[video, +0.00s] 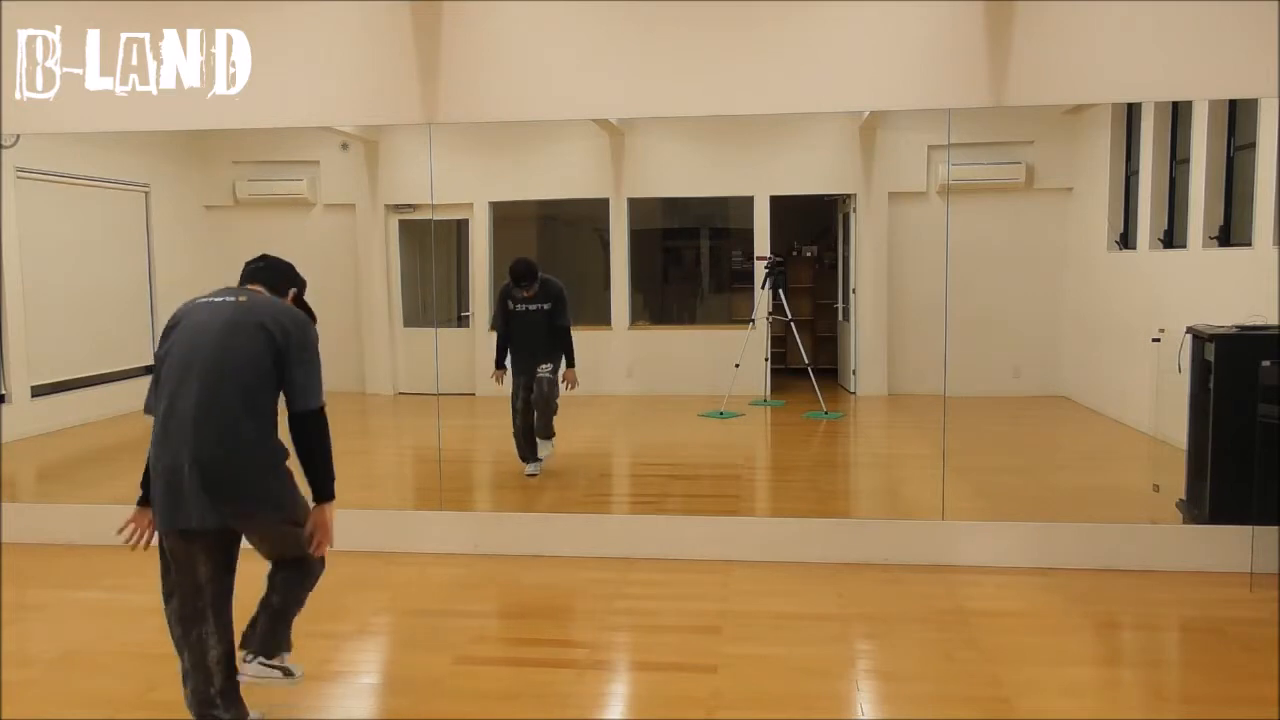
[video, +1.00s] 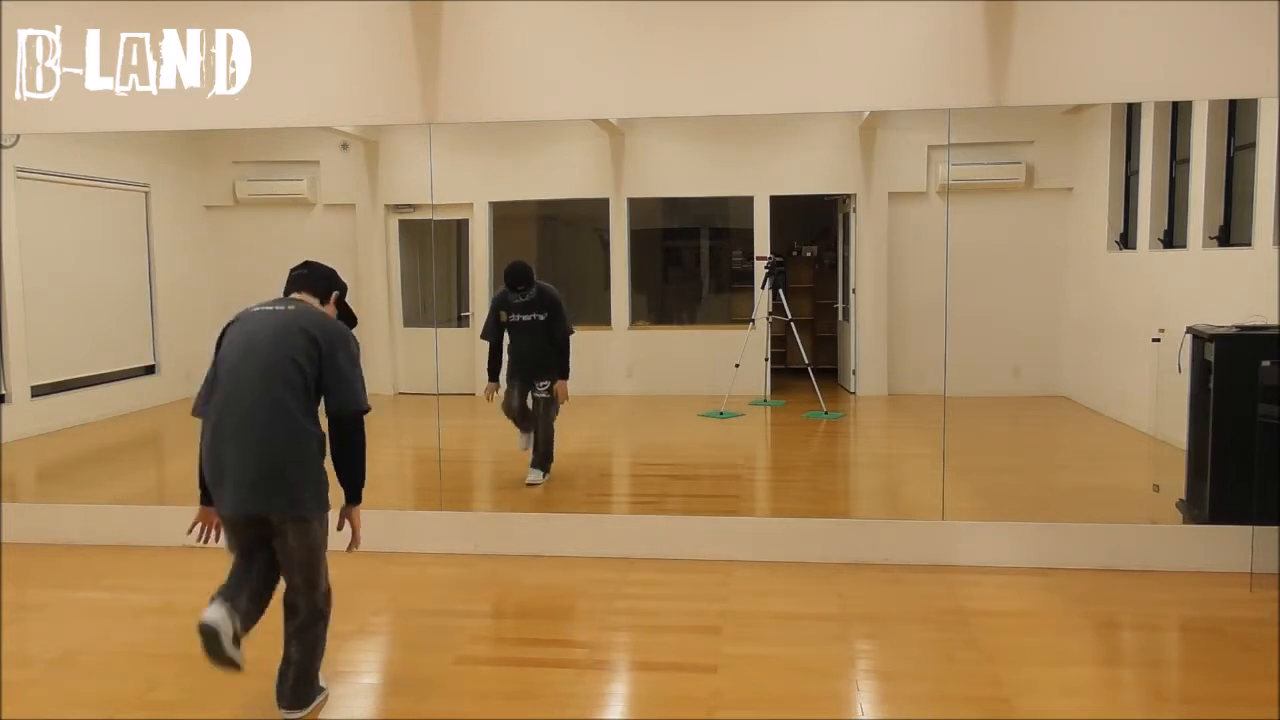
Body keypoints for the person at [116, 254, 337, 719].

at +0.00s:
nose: (295, 311)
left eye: (297, 308)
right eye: (298, 306)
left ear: (243, 285)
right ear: (290, 297)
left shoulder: (185, 314)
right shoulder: (290, 321)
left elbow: (165, 416)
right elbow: (306, 416)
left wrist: (148, 498)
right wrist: (323, 500)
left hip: (178, 479)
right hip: (248, 471)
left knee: (199, 614)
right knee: (299, 554)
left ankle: (217, 711)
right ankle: (264, 649)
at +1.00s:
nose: (335, 318)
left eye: (337, 312)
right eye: (338, 311)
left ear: (289, 293)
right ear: (330, 300)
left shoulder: (239, 323)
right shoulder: (329, 331)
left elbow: (210, 414)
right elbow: (347, 416)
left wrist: (208, 495)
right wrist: (352, 497)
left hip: (228, 466)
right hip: (291, 468)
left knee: (256, 552)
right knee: (307, 587)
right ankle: (297, 692)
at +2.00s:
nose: (340, 294)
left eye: (340, 289)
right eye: (340, 287)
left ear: (288, 269)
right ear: (329, 279)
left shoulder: (237, 292)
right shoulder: (336, 305)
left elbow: (220, 372)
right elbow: (357, 385)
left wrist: (243, 423)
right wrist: (377, 444)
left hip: (225, 452)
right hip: (289, 456)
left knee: (233, 570)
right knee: (298, 573)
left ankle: (242, 677)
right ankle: (283, 688)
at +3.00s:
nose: (375, 266)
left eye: (374, 260)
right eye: (375, 259)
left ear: (321, 252)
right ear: (366, 255)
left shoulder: (278, 290)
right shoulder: (372, 289)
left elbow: (274, 355)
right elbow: (387, 366)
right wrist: (329, 367)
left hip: (275, 472)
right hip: (341, 468)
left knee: (298, 594)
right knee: (368, 564)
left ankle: (319, 710)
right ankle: (340, 665)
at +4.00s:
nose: (231, 272)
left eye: (232, 264)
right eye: (231, 263)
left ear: (174, 258)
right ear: (219, 262)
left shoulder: (123, 311)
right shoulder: (223, 314)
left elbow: (99, 399)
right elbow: (232, 404)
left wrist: (147, 413)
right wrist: (239, 428)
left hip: (124, 474)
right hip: (182, 479)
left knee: (170, 561)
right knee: (157, 599)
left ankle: (189, 656)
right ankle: (86, 714)